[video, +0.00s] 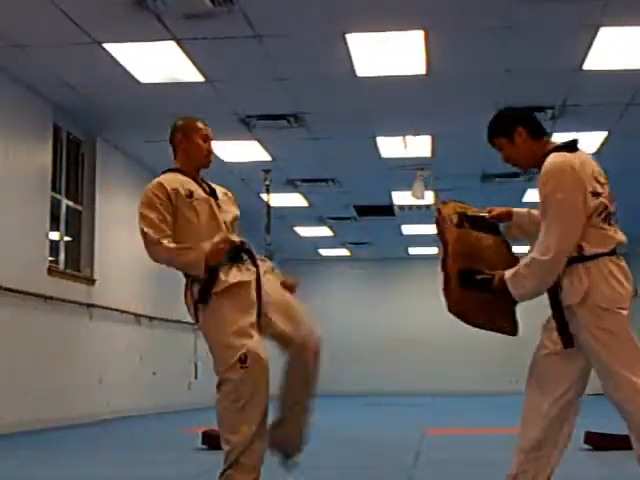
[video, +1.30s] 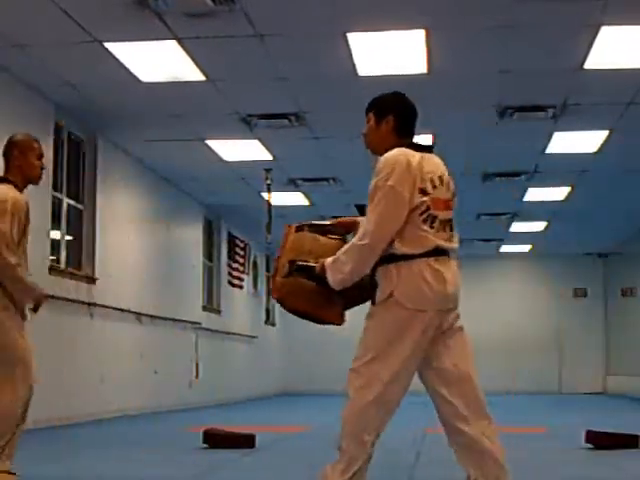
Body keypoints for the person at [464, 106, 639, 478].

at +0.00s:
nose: (505, 160)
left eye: (503, 149)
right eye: (500, 153)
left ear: (521, 136)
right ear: (530, 136)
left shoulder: (559, 167)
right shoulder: (572, 163)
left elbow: (555, 246)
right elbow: (563, 226)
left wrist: (507, 282)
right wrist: (511, 217)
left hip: (593, 281)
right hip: (576, 283)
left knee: (626, 387)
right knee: (549, 389)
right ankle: (528, 474)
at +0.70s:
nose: (459, 153)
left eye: (461, 143)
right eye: (457, 144)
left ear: (480, 137)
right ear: (488, 137)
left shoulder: (509, 168)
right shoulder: (523, 166)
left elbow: (510, 245)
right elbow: (526, 235)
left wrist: (478, 288)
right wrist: (484, 242)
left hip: (543, 280)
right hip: (530, 281)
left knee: (580, 383)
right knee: (506, 383)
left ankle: (636, 457)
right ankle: (499, 472)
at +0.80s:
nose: (440, 151)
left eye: (442, 141)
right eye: (439, 142)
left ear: (461, 134)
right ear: (468, 134)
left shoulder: (487, 164)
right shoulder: (508, 164)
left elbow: (485, 239)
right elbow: (503, 232)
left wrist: (452, 287)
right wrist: (458, 240)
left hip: (522, 277)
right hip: (515, 279)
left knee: (526, 381)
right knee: (492, 381)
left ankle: (614, 451)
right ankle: (499, 471)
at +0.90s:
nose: (428, 145)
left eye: (429, 136)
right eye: (426, 137)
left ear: (447, 131)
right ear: (462, 131)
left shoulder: (470, 161)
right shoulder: (496, 162)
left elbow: (463, 234)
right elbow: (483, 232)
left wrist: (429, 281)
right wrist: (433, 236)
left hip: (501, 276)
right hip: (521, 275)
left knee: (476, 376)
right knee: (503, 378)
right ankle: (498, 470)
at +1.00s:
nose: (415, 142)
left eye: (416, 132)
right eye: (413, 134)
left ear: (434, 127)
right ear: (451, 127)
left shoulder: (457, 158)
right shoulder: (484, 160)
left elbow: (446, 232)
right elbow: (466, 229)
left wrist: (404, 274)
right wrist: (416, 230)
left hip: (481, 276)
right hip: (504, 273)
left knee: (439, 367)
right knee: (499, 381)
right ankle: (502, 467)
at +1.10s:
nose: (401, 136)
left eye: (404, 126)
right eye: (401, 127)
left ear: (421, 124)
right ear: (438, 124)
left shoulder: (442, 157)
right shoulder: (470, 160)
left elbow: (422, 233)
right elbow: (448, 228)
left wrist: (378, 271)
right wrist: (396, 227)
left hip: (460, 282)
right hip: (485, 279)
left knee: (418, 372)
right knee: (485, 386)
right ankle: (498, 470)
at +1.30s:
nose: (364, 134)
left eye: (368, 124)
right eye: (365, 125)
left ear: (387, 123)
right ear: (401, 126)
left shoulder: (396, 162)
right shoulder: (435, 164)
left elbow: (376, 235)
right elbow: (413, 224)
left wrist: (332, 269)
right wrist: (362, 224)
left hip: (410, 283)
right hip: (443, 278)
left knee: (370, 385)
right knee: (458, 394)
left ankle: (345, 471)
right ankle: (490, 473)